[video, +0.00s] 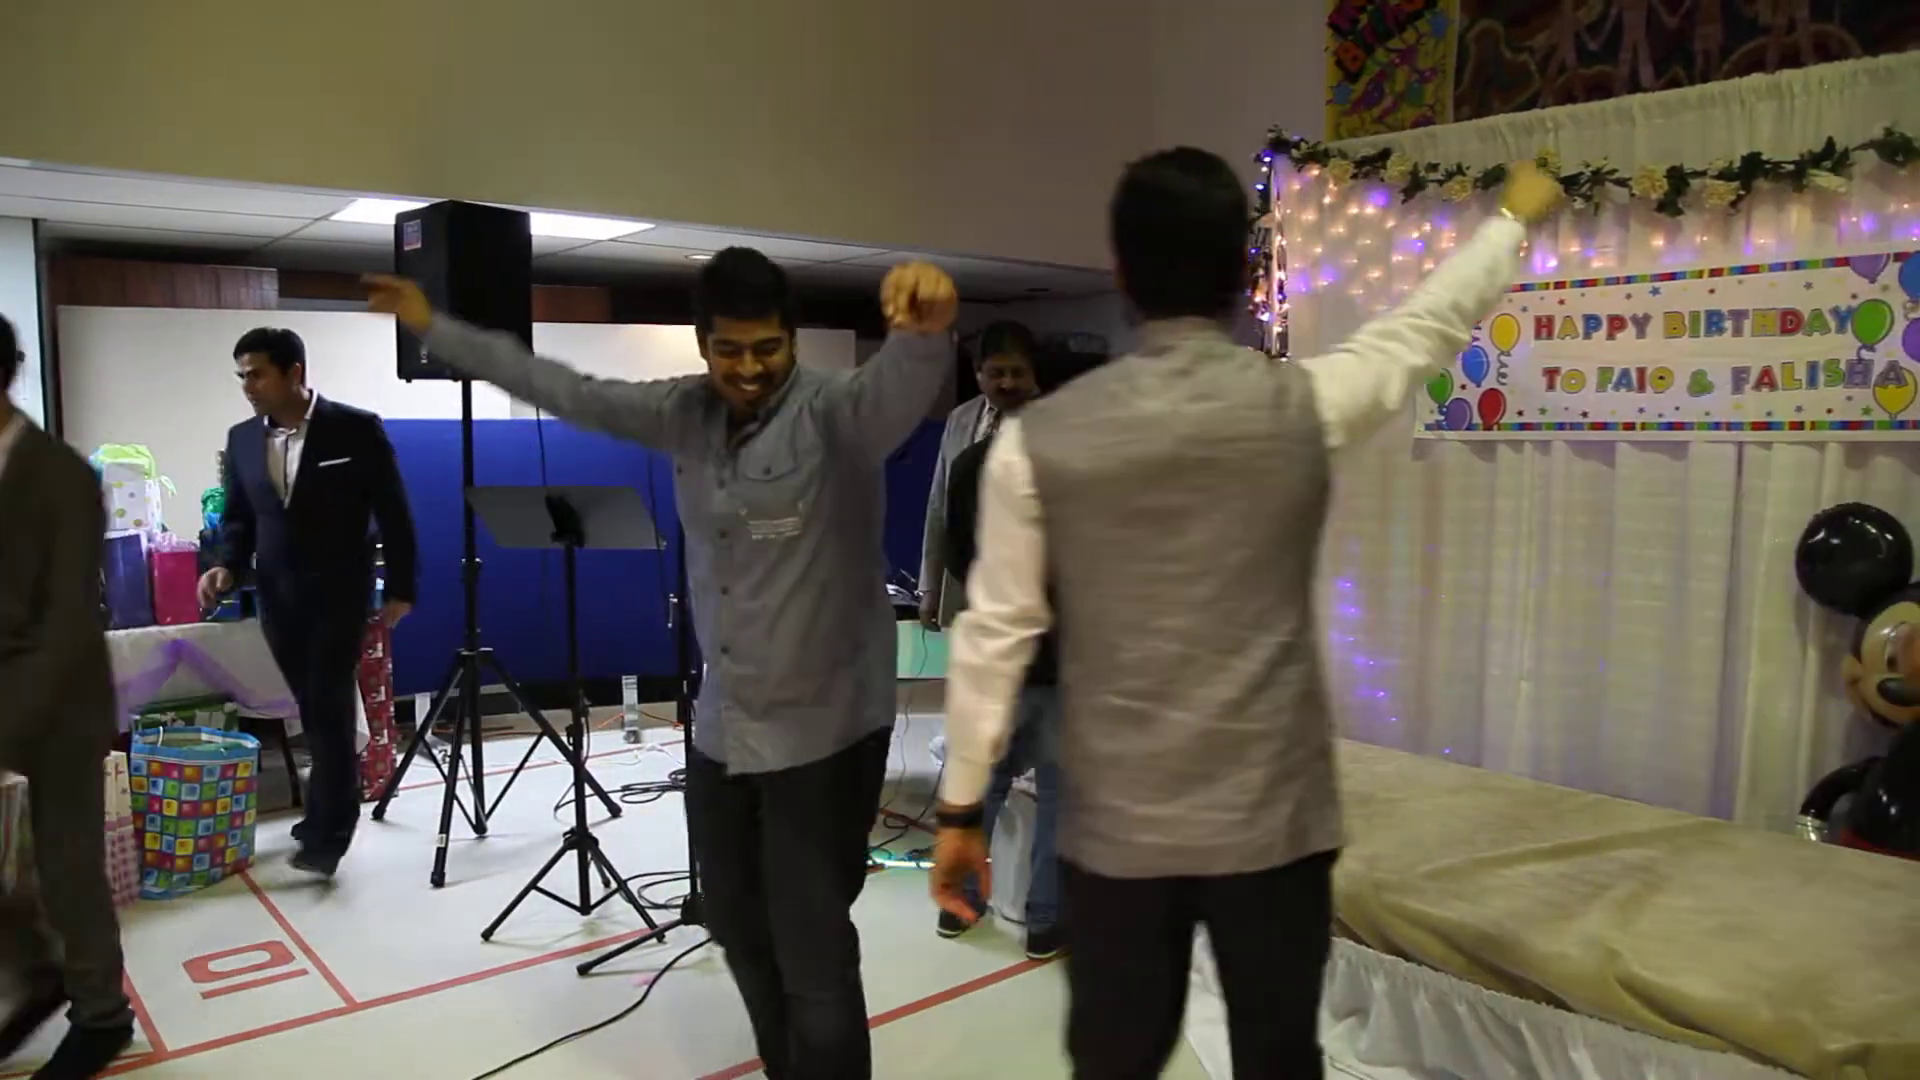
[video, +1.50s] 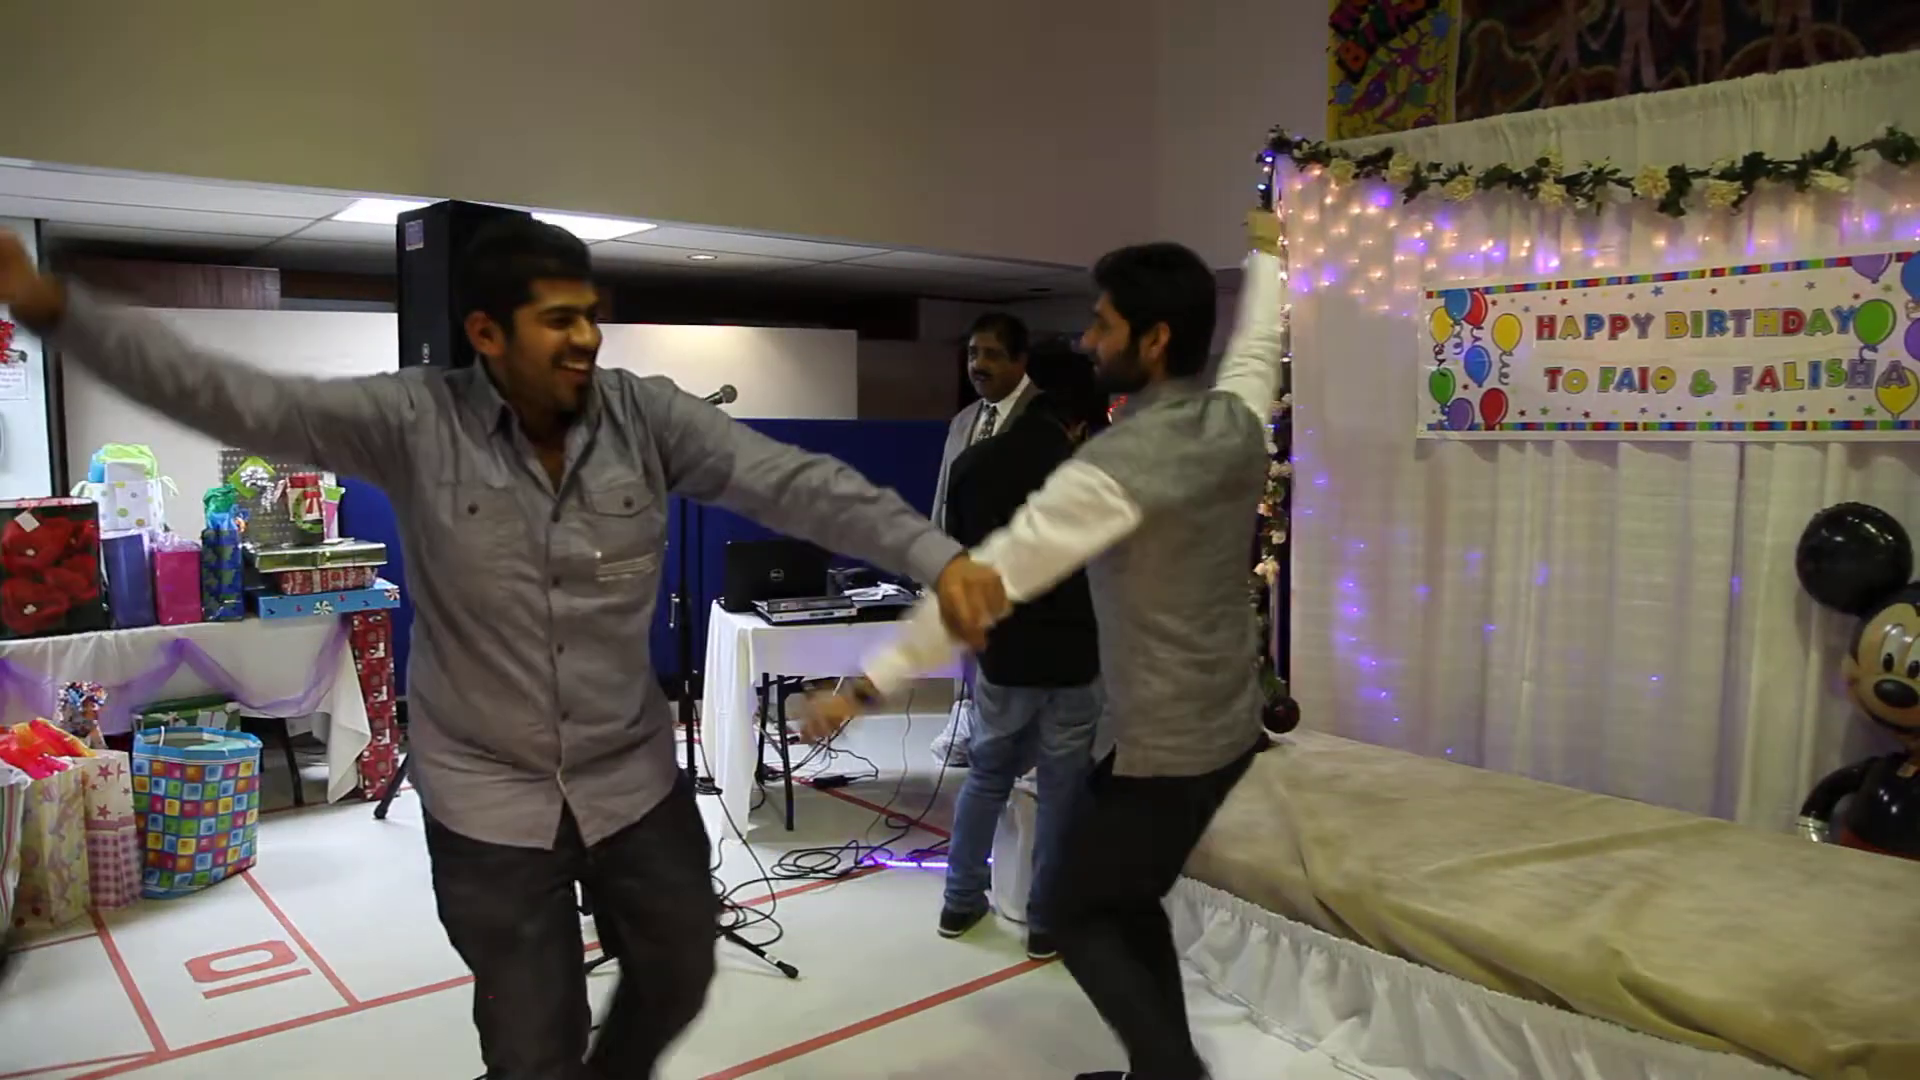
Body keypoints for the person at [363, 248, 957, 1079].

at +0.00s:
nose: (749, 368)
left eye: (767, 348)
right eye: (729, 350)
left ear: (793, 336)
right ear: (701, 343)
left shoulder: (841, 410)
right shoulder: (684, 416)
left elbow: (902, 384)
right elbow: (565, 389)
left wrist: (926, 322)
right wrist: (432, 323)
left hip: (827, 726)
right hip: (723, 724)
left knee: (810, 932)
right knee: (738, 924)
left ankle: (835, 1073)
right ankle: (790, 1070)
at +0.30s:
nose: (757, 395)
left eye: (776, 376)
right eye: (736, 376)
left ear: (801, 362)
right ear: (705, 362)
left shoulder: (842, 440)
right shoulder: (684, 419)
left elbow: (944, 517)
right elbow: (603, 408)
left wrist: (924, 414)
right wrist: (527, 288)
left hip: (810, 747)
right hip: (706, 739)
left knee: (783, 952)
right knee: (667, 941)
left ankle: (826, 1071)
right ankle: (723, 1075)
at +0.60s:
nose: (720, 396)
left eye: (741, 379)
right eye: (701, 375)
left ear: (764, 365)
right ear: (663, 353)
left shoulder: (789, 442)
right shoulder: (622, 386)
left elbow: (875, 437)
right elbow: (526, 283)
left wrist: (954, 431)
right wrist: (426, 180)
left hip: (732, 768)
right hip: (607, 758)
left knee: (741, 965)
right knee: (587, 986)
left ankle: (813, 1073)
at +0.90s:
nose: (669, 410)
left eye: (689, 389)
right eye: (651, 384)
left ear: (706, 380)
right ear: (600, 361)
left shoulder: (719, 487)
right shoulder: (516, 417)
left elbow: (773, 661)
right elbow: (348, 411)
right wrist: (205, 313)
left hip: (654, 772)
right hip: (514, 773)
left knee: (667, 1003)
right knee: (522, 1032)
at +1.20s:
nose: (626, 414)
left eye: (638, 393)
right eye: (605, 393)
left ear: (649, 386)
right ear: (537, 381)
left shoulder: (683, 493)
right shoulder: (450, 457)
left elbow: (780, 609)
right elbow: (271, 435)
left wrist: (837, 690)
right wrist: (197, 283)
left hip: (646, 813)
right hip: (492, 825)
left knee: (702, 1045)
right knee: (509, 1063)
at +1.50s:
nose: (585, 341)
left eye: (594, 319)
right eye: (559, 320)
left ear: (603, 324)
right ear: (485, 332)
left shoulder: (645, 415)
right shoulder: (410, 421)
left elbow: (794, 483)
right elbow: (229, 393)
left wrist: (939, 557)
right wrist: (59, 309)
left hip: (630, 775)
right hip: (484, 796)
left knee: (679, 977)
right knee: (539, 1048)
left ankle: (605, 1073)